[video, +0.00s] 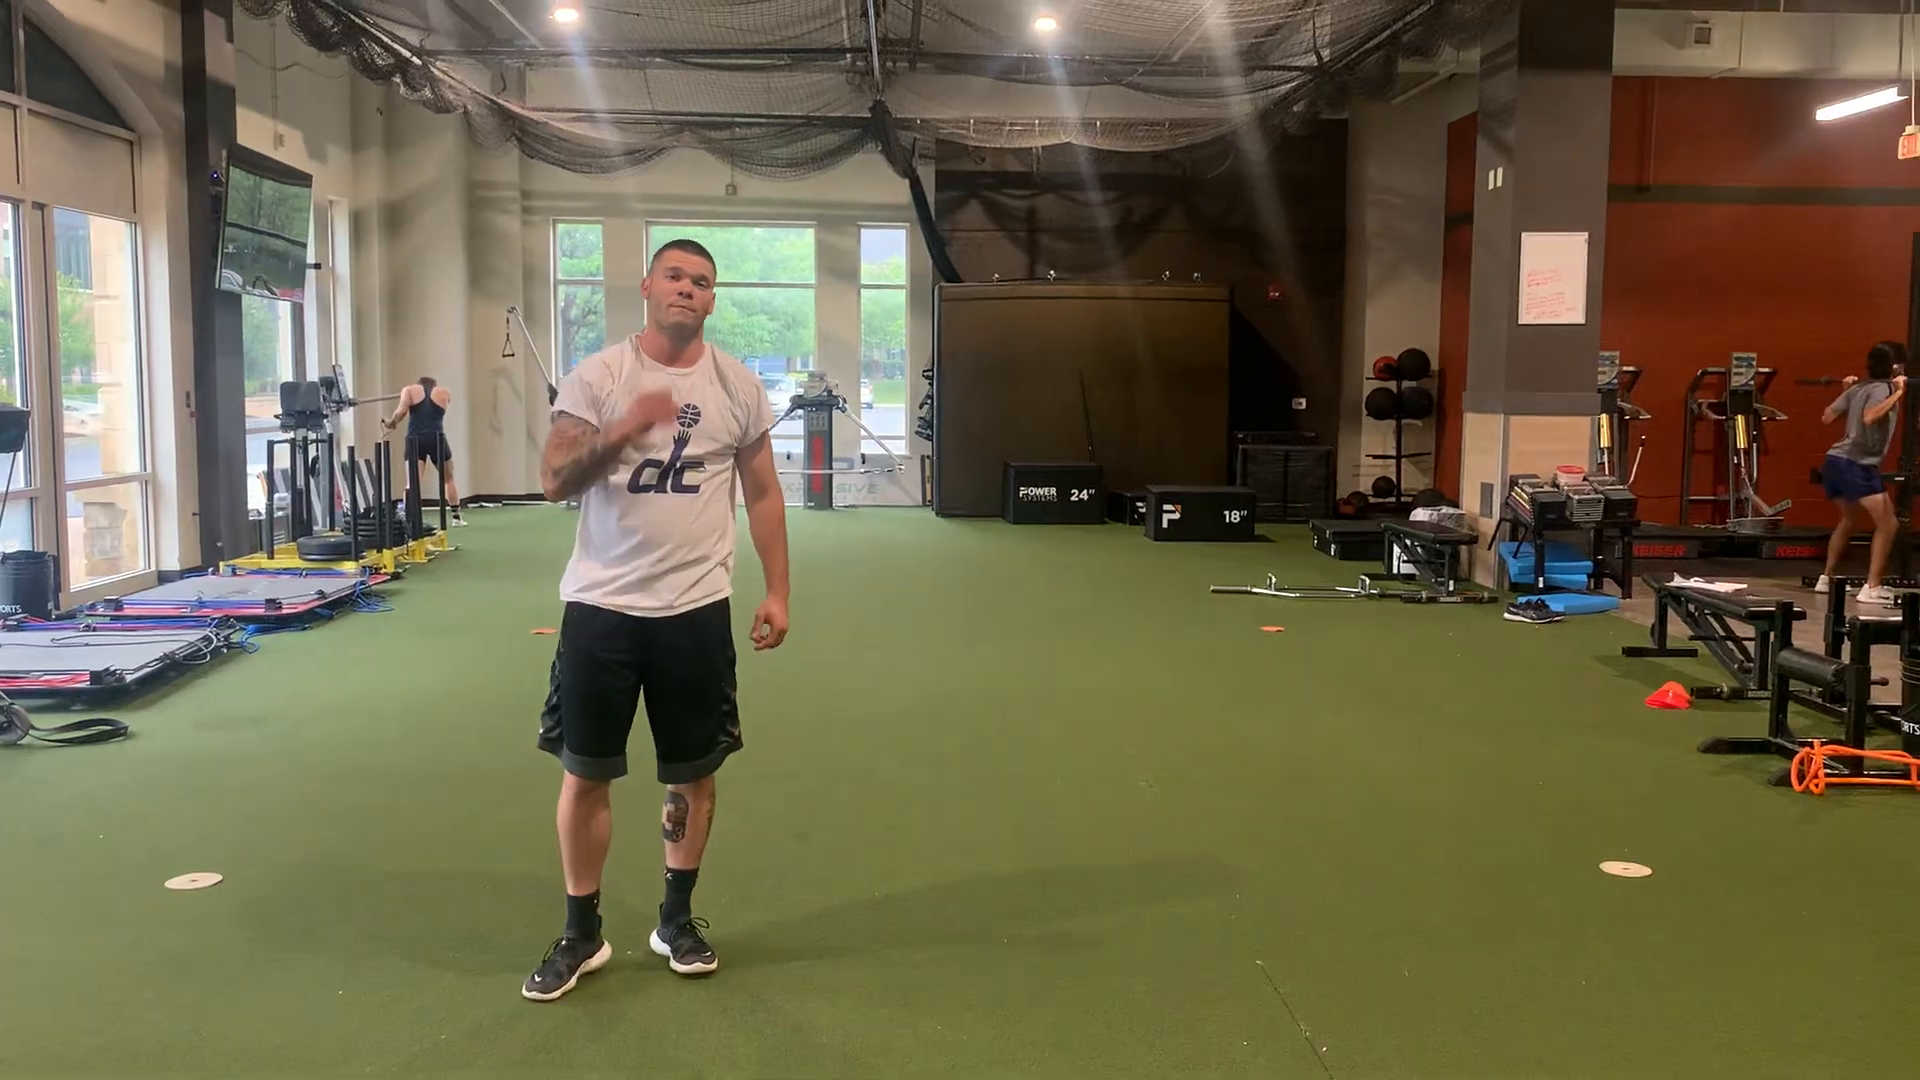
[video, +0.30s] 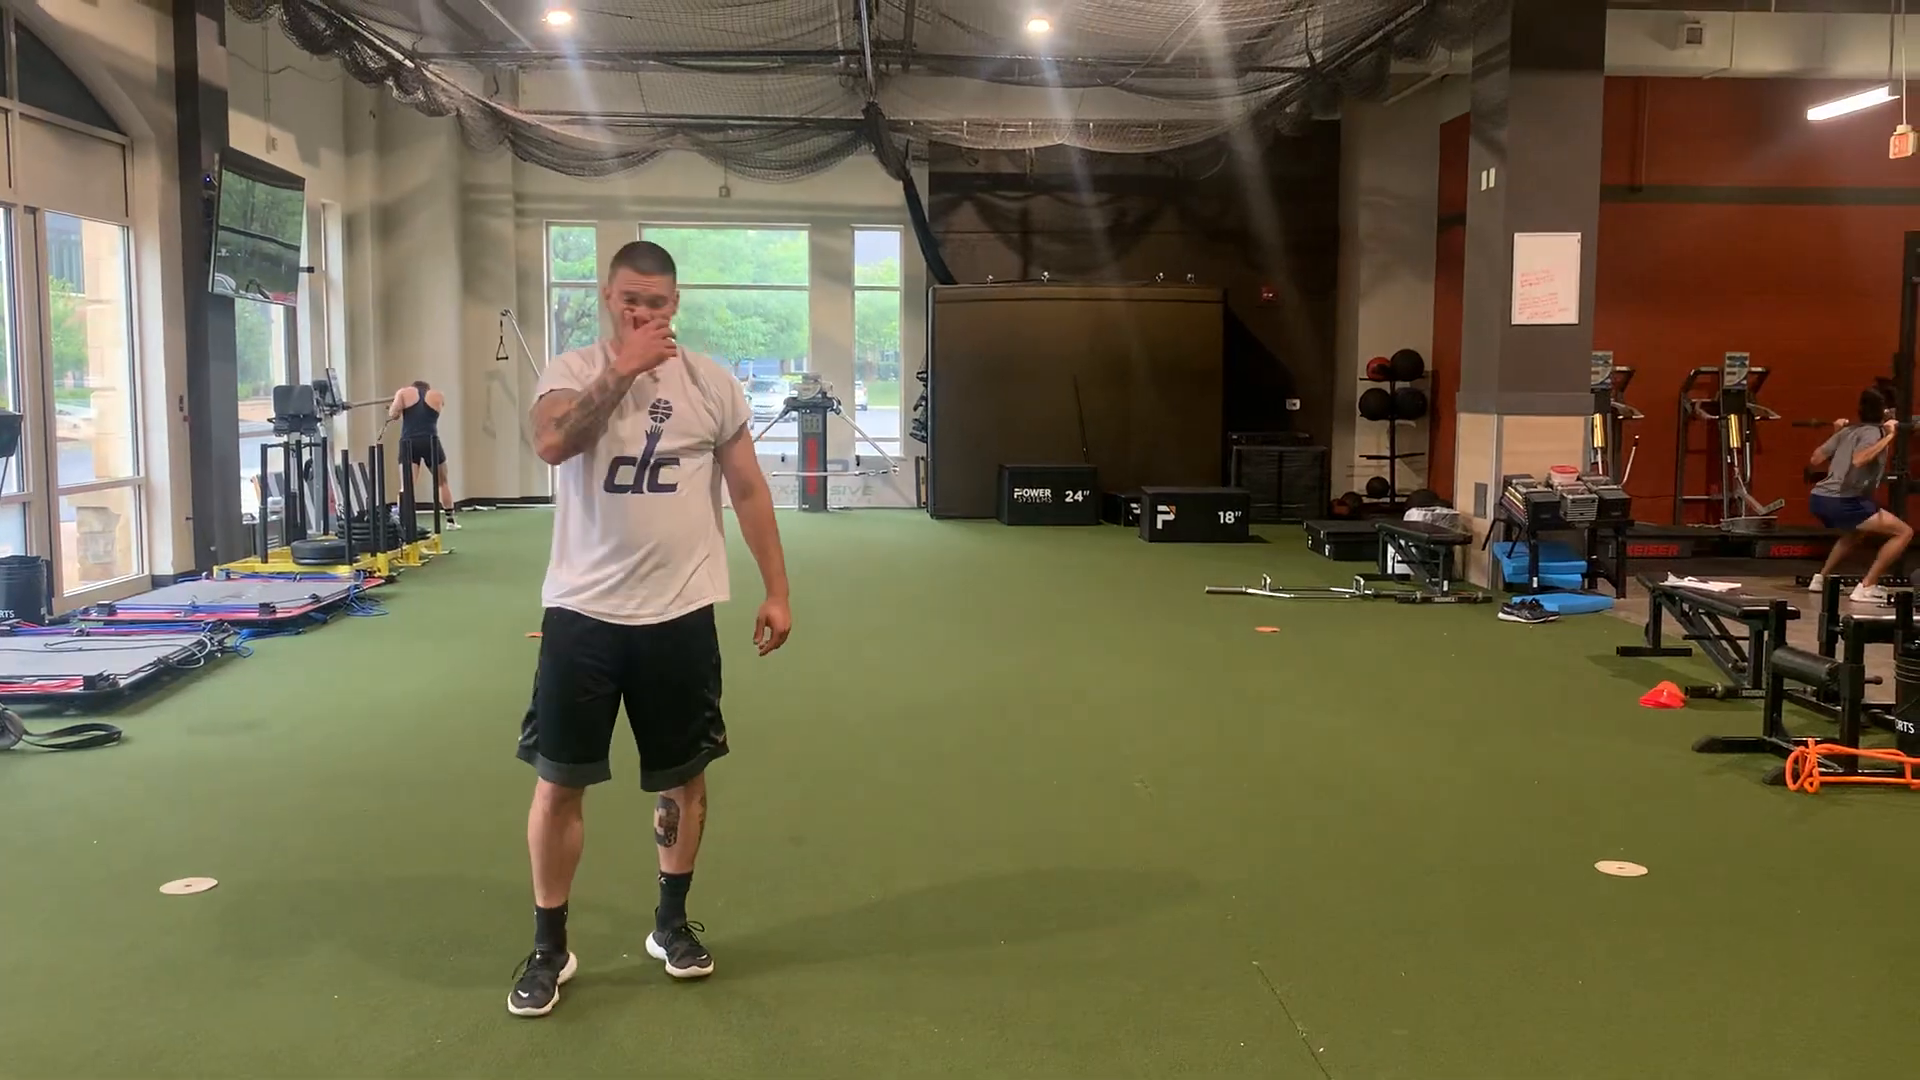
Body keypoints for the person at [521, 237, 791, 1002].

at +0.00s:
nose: (687, 290)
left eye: (700, 282)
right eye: (674, 276)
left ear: (714, 303)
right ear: (645, 287)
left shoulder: (738, 386)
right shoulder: (596, 375)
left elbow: (763, 493)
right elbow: (557, 478)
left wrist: (777, 591)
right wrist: (624, 430)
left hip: (696, 607)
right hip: (602, 605)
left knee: (691, 771)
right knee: (584, 773)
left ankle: (676, 919)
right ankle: (580, 933)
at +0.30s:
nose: (646, 317)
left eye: (659, 305)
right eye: (632, 303)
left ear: (676, 304)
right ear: (604, 299)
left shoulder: (712, 382)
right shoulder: (571, 371)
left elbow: (750, 487)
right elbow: (552, 443)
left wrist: (776, 588)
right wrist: (622, 373)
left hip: (681, 613)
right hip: (583, 611)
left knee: (681, 777)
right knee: (559, 784)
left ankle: (671, 922)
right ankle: (548, 947)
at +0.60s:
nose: (606, 314)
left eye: (618, 301)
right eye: (591, 300)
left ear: (636, 303)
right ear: (563, 301)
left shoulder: (673, 380)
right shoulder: (531, 380)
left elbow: (715, 482)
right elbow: (518, 466)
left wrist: (744, 580)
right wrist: (584, 382)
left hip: (658, 620)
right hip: (559, 623)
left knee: (666, 784)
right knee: (550, 796)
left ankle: (672, 926)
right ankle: (552, 954)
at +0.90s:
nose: (563, 305)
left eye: (575, 293)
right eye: (548, 292)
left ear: (592, 304)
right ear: (519, 302)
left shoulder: (639, 383)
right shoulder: (486, 405)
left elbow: (679, 484)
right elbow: (452, 517)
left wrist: (704, 582)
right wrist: (516, 498)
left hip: (638, 622)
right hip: (539, 634)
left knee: (665, 788)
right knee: (542, 803)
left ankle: (661, 919)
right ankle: (558, 960)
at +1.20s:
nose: (554, 308)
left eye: (568, 296)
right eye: (539, 295)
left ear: (589, 307)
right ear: (512, 305)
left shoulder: (640, 384)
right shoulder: (481, 410)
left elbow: (692, 474)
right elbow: (449, 517)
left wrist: (697, 554)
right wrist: (512, 543)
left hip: (640, 627)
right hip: (540, 639)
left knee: (661, 796)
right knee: (545, 808)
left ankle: (670, 991)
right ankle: (565, 961)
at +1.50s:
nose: (621, 297)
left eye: (637, 287)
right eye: (608, 282)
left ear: (655, 303)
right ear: (577, 290)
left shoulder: (685, 392)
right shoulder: (524, 394)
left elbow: (732, 504)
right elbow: (481, 507)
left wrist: (672, 513)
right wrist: (553, 523)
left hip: (654, 640)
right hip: (550, 645)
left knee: (669, 825)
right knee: (550, 819)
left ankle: (668, 1017)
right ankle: (568, 949)